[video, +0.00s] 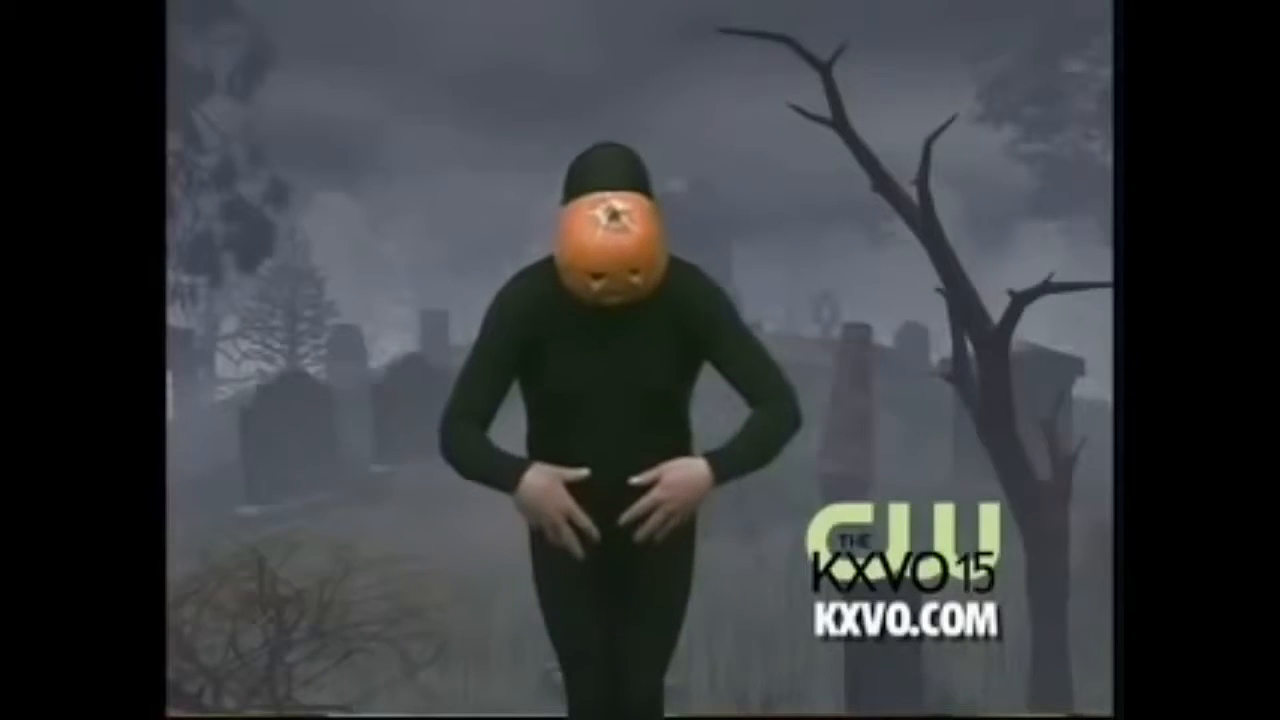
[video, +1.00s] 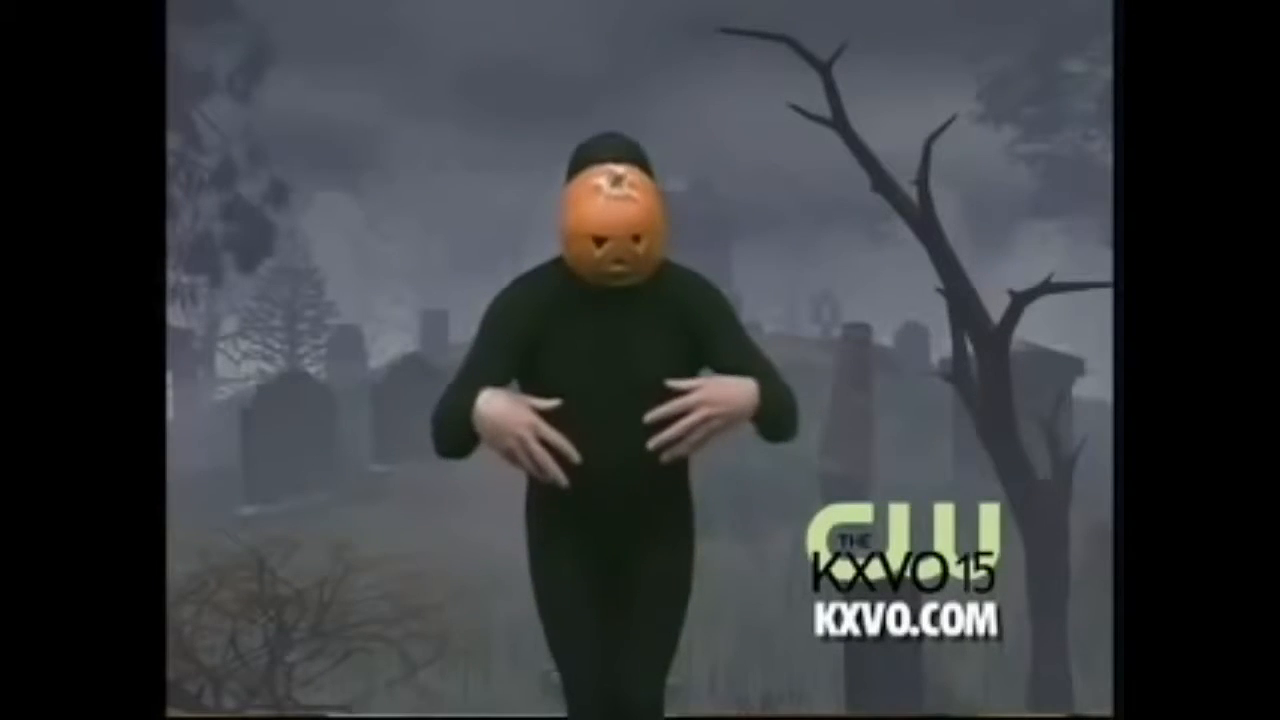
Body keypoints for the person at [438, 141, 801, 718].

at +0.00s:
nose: (609, 220)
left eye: (626, 206)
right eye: (592, 206)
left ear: (653, 219)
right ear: (565, 221)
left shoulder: (687, 294)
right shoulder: (528, 299)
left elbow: (780, 409)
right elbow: (458, 435)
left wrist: (710, 471)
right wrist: (520, 478)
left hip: (660, 527)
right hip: (562, 528)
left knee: (639, 694)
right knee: (589, 694)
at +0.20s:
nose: (609, 218)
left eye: (626, 203)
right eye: (593, 203)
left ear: (654, 215)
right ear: (565, 216)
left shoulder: (687, 296)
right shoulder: (528, 300)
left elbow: (780, 410)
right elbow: (458, 434)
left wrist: (714, 459)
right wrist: (514, 466)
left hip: (659, 527)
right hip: (561, 528)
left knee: (638, 693)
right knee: (589, 693)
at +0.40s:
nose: (610, 214)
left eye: (627, 200)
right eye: (594, 200)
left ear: (656, 215)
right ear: (565, 215)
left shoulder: (688, 297)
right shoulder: (529, 301)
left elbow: (780, 411)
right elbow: (459, 434)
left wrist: (720, 446)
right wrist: (508, 453)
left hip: (660, 530)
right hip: (564, 533)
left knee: (639, 694)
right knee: (589, 693)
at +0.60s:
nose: (612, 206)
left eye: (630, 193)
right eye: (596, 193)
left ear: (658, 210)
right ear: (566, 209)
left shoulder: (689, 299)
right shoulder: (530, 302)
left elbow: (781, 415)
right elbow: (459, 434)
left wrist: (729, 431)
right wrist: (500, 439)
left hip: (659, 524)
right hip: (564, 527)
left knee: (638, 693)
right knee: (589, 692)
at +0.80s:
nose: (614, 197)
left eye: (630, 186)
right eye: (597, 186)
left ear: (658, 206)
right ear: (566, 205)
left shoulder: (690, 299)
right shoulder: (529, 302)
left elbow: (782, 418)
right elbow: (454, 435)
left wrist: (742, 414)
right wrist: (488, 425)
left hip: (659, 525)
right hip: (564, 528)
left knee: (639, 696)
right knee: (590, 694)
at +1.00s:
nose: (614, 191)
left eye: (630, 181)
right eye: (597, 181)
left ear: (658, 203)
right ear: (567, 203)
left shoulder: (691, 299)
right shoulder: (527, 302)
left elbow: (783, 418)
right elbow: (446, 434)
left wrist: (752, 395)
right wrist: (480, 407)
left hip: (658, 528)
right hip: (564, 530)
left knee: (639, 697)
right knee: (590, 697)